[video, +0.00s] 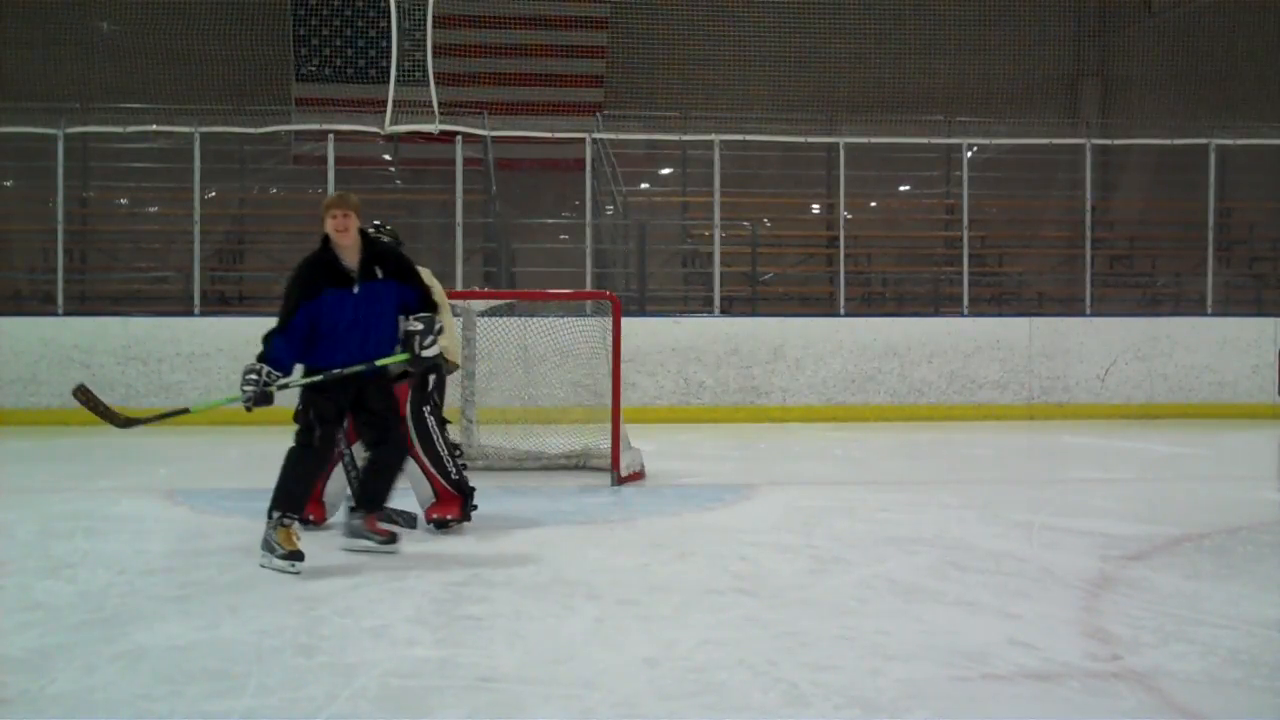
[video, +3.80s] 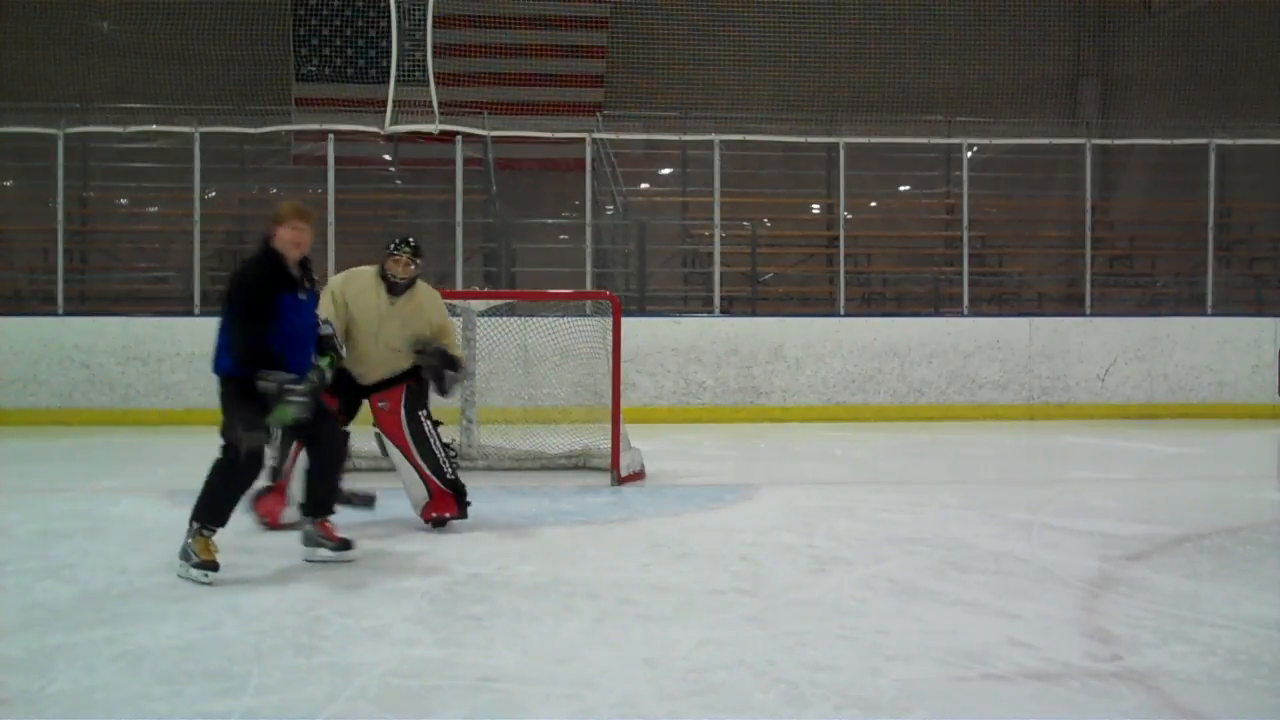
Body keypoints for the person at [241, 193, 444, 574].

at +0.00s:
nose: (341, 223)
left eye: (347, 216)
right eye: (334, 217)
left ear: (358, 221)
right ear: (325, 225)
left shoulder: (388, 261)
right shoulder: (312, 271)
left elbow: (423, 305)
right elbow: (290, 330)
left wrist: (422, 334)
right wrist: (266, 371)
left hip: (374, 374)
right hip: (326, 378)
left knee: (392, 440)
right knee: (315, 444)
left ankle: (363, 517)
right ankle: (282, 525)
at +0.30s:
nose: (313, 214)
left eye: (319, 207)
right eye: (305, 208)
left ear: (330, 213)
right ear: (294, 215)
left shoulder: (354, 256)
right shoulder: (281, 260)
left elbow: (382, 305)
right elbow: (255, 316)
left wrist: (386, 328)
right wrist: (231, 357)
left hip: (337, 369)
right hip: (291, 372)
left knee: (343, 440)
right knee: (290, 444)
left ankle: (316, 517)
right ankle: (261, 526)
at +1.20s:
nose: (277, 215)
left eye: (283, 209)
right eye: (270, 208)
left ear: (290, 214)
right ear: (255, 212)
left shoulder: (305, 252)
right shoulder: (233, 255)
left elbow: (332, 294)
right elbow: (213, 311)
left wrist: (329, 322)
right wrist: (203, 354)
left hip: (295, 365)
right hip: (246, 368)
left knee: (303, 439)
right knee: (241, 441)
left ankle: (310, 508)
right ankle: (219, 516)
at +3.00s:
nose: (224, 219)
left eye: (232, 214)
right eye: (219, 213)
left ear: (243, 221)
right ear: (210, 218)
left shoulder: (259, 259)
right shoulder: (189, 258)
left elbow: (284, 305)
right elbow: (165, 310)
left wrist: (284, 328)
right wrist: (146, 352)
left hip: (250, 360)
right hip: (200, 362)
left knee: (265, 433)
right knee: (186, 434)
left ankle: (292, 501)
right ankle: (166, 507)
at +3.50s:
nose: (232, 223)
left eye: (240, 218)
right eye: (227, 217)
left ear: (253, 222)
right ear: (219, 221)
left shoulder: (267, 261)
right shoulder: (198, 261)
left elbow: (286, 308)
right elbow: (176, 321)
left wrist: (306, 335)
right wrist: (184, 369)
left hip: (255, 371)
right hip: (206, 374)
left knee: (272, 438)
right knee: (195, 448)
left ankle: (283, 513)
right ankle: (171, 527)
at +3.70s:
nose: (268, 228)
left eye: (276, 222)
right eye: (262, 220)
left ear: (286, 228)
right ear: (249, 223)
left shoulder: (288, 266)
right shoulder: (227, 265)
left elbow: (299, 312)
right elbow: (214, 328)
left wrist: (316, 326)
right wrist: (230, 377)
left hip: (279, 374)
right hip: (232, 376)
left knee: (304, 442)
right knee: (230, 454)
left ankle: (298, 522)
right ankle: (193, 535)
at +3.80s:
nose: (300, 238)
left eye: (306, 231)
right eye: (293, 230)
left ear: (311, 237)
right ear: (274, 232)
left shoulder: (303, 278)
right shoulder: (253, 274)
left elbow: (305, 329)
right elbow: (243, 339)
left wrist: (322, 353)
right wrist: (268, 378)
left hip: (291, 380)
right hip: (246, 380)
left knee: (330, 441)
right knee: (244, 456)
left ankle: (316, 525)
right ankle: (200, 535)